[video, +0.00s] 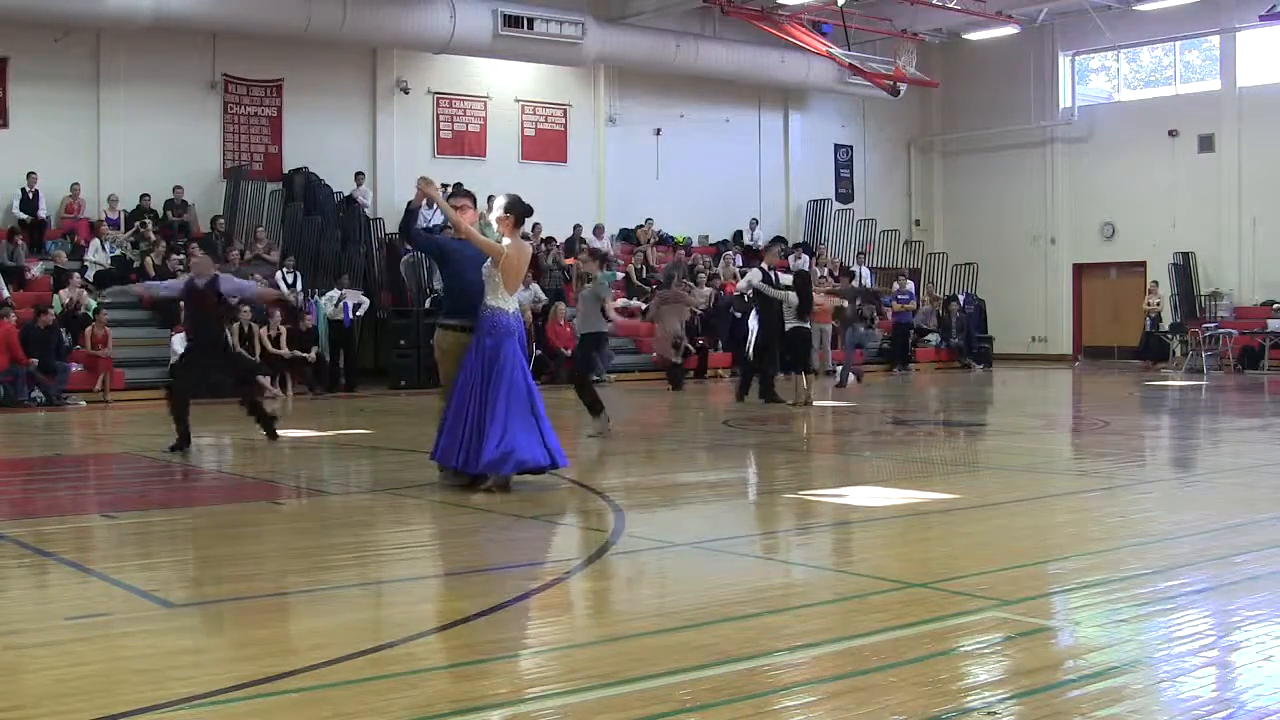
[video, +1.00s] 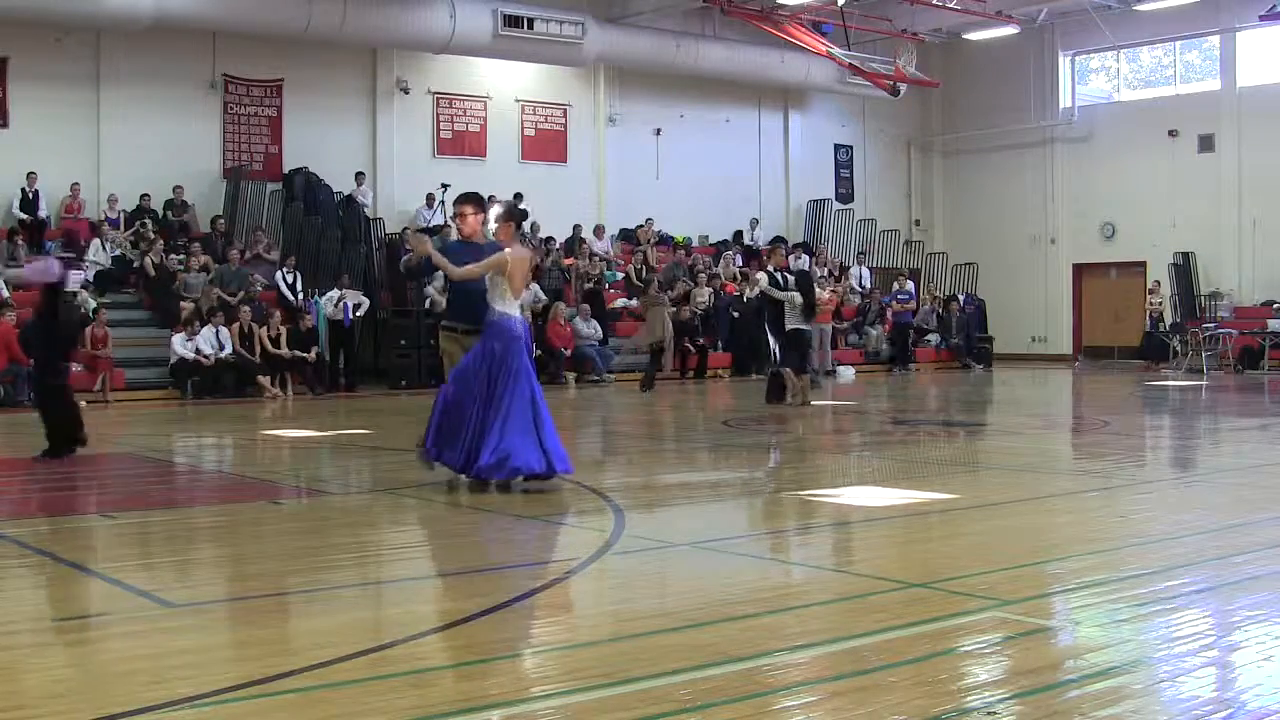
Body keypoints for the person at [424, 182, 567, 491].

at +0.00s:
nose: (491, 219)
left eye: (494, 214)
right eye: (492, 214)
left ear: (506, 220)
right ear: (516, 219)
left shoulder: (503, 250)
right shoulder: (526, 249)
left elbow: (464, 229)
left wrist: (437, 197)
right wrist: (468, 228)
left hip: (495, 323)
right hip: (512, 321)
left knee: (494, 393)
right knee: (505, 393)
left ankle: (498, 466)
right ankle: (501, 465)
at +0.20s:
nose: (493, 216)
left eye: (496, 212)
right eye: (494, 212)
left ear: (507, 219)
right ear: (519, 219)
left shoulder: (502, 250)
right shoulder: (530, 249)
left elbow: (463, 228)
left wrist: (436, 196)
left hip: (495, 322)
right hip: (515, 321)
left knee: (491, 392)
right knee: (509, 392)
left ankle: (490, 463)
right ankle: (504, 463)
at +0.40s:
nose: (494, 216)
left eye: (498, 212)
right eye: (496, 212)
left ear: (509, 219)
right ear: (520, 219)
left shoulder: (502, 250)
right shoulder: (531, 249)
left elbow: (464, 228)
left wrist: (438, 195)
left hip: (496, 322)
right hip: (517, 322)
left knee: (493, 393)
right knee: (510, 393)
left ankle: (493, 463)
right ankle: (504, 462)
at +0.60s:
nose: (498, 218)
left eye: (502, 214)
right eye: (500, 214)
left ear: (511, 218)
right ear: (522, 220)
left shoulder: (505, 250)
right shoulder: (532, 249)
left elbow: (465, 228)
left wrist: (436, 199)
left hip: (498, 323)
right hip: (518, 322)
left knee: (496, 392)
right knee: (510, 392)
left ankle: (499, 462)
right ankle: (502, 462)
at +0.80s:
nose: (499, 226)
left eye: (501, 221)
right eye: (500, 221)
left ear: (513, 222)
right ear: (520, 223)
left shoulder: (505, 251)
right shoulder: (535, 252)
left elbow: (467, 246)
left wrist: (438, 233)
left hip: (499, 325)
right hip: (520, 325)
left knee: (489, 391)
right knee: (512, 394)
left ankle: (485, 461)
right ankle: (506, 461)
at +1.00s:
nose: (494, 231)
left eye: (497, 225)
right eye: (495, 225)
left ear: (509, 227)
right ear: (514, 227)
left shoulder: (503, 257)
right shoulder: (528, 254)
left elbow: (457, 274)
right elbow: (520, 285)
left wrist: (430, 251)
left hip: (500, 330)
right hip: (518, 328)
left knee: (460, 381)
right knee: (512, 394)